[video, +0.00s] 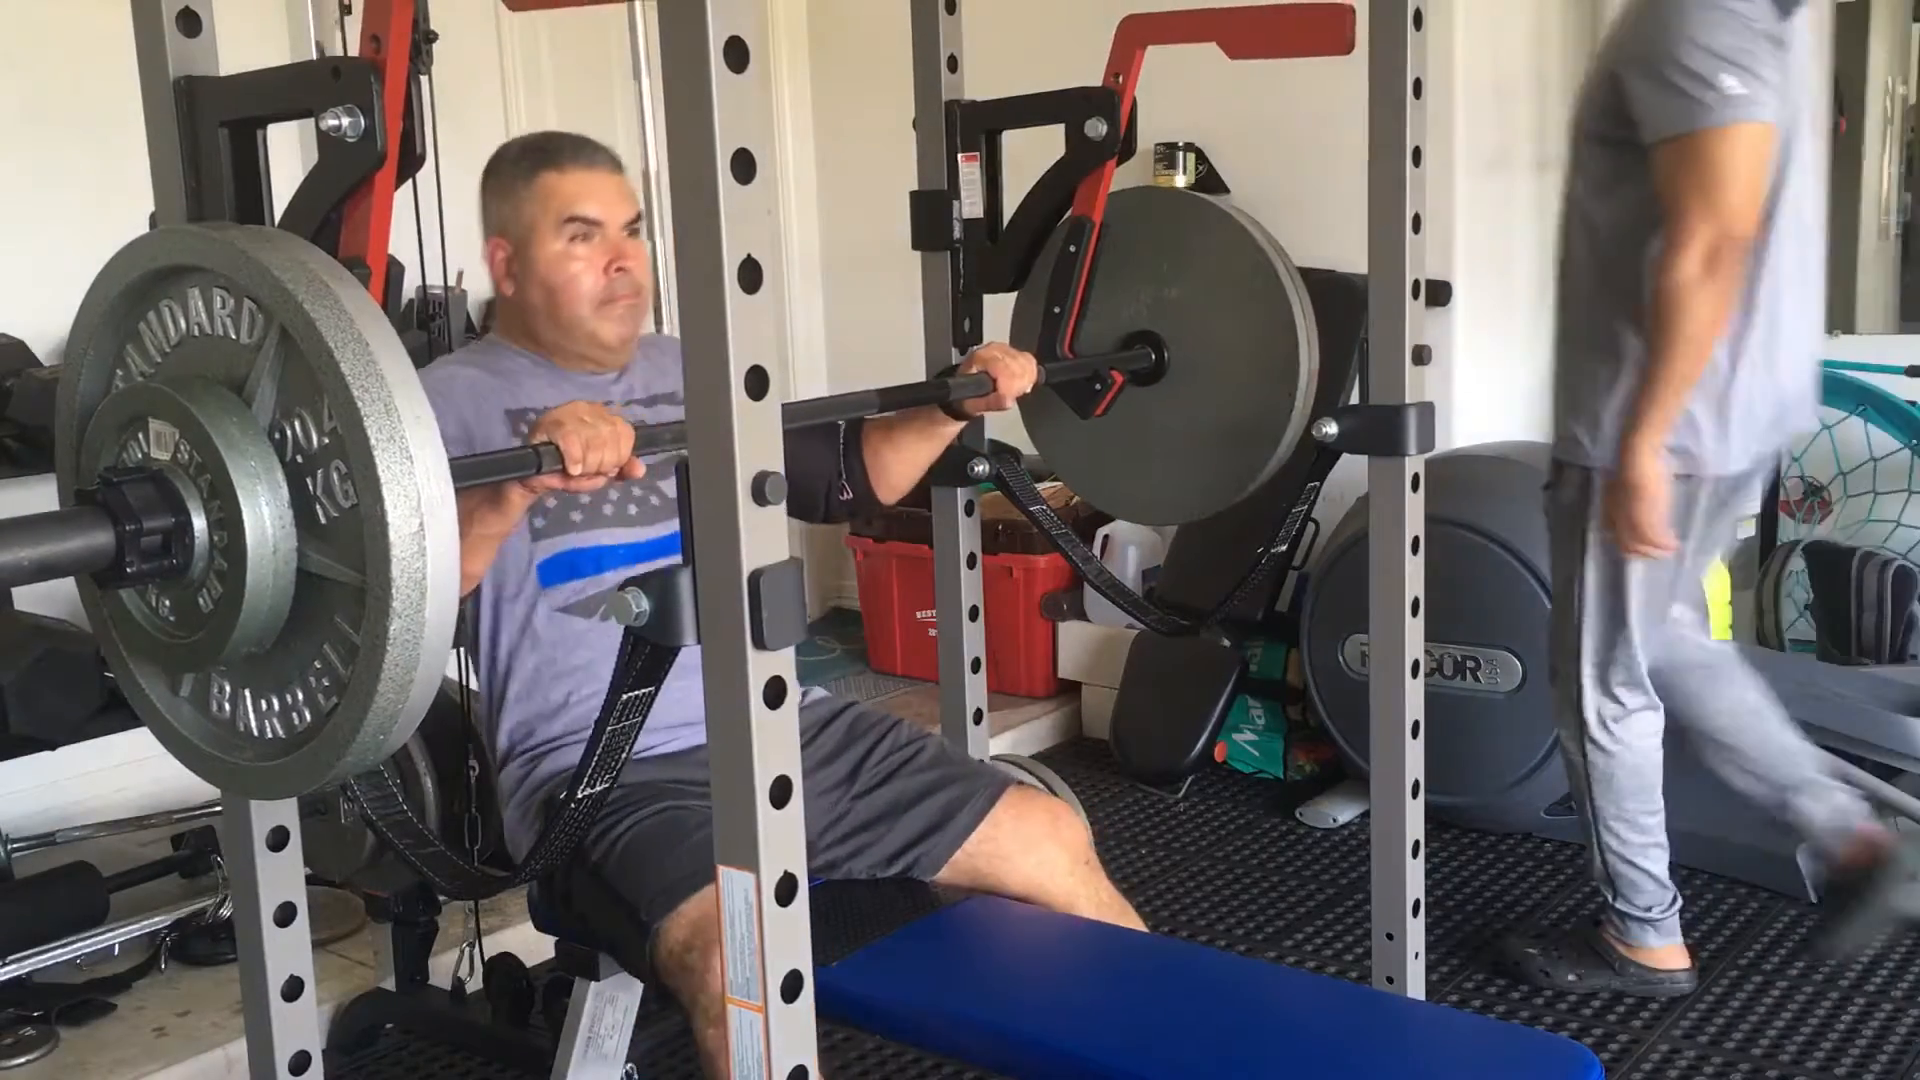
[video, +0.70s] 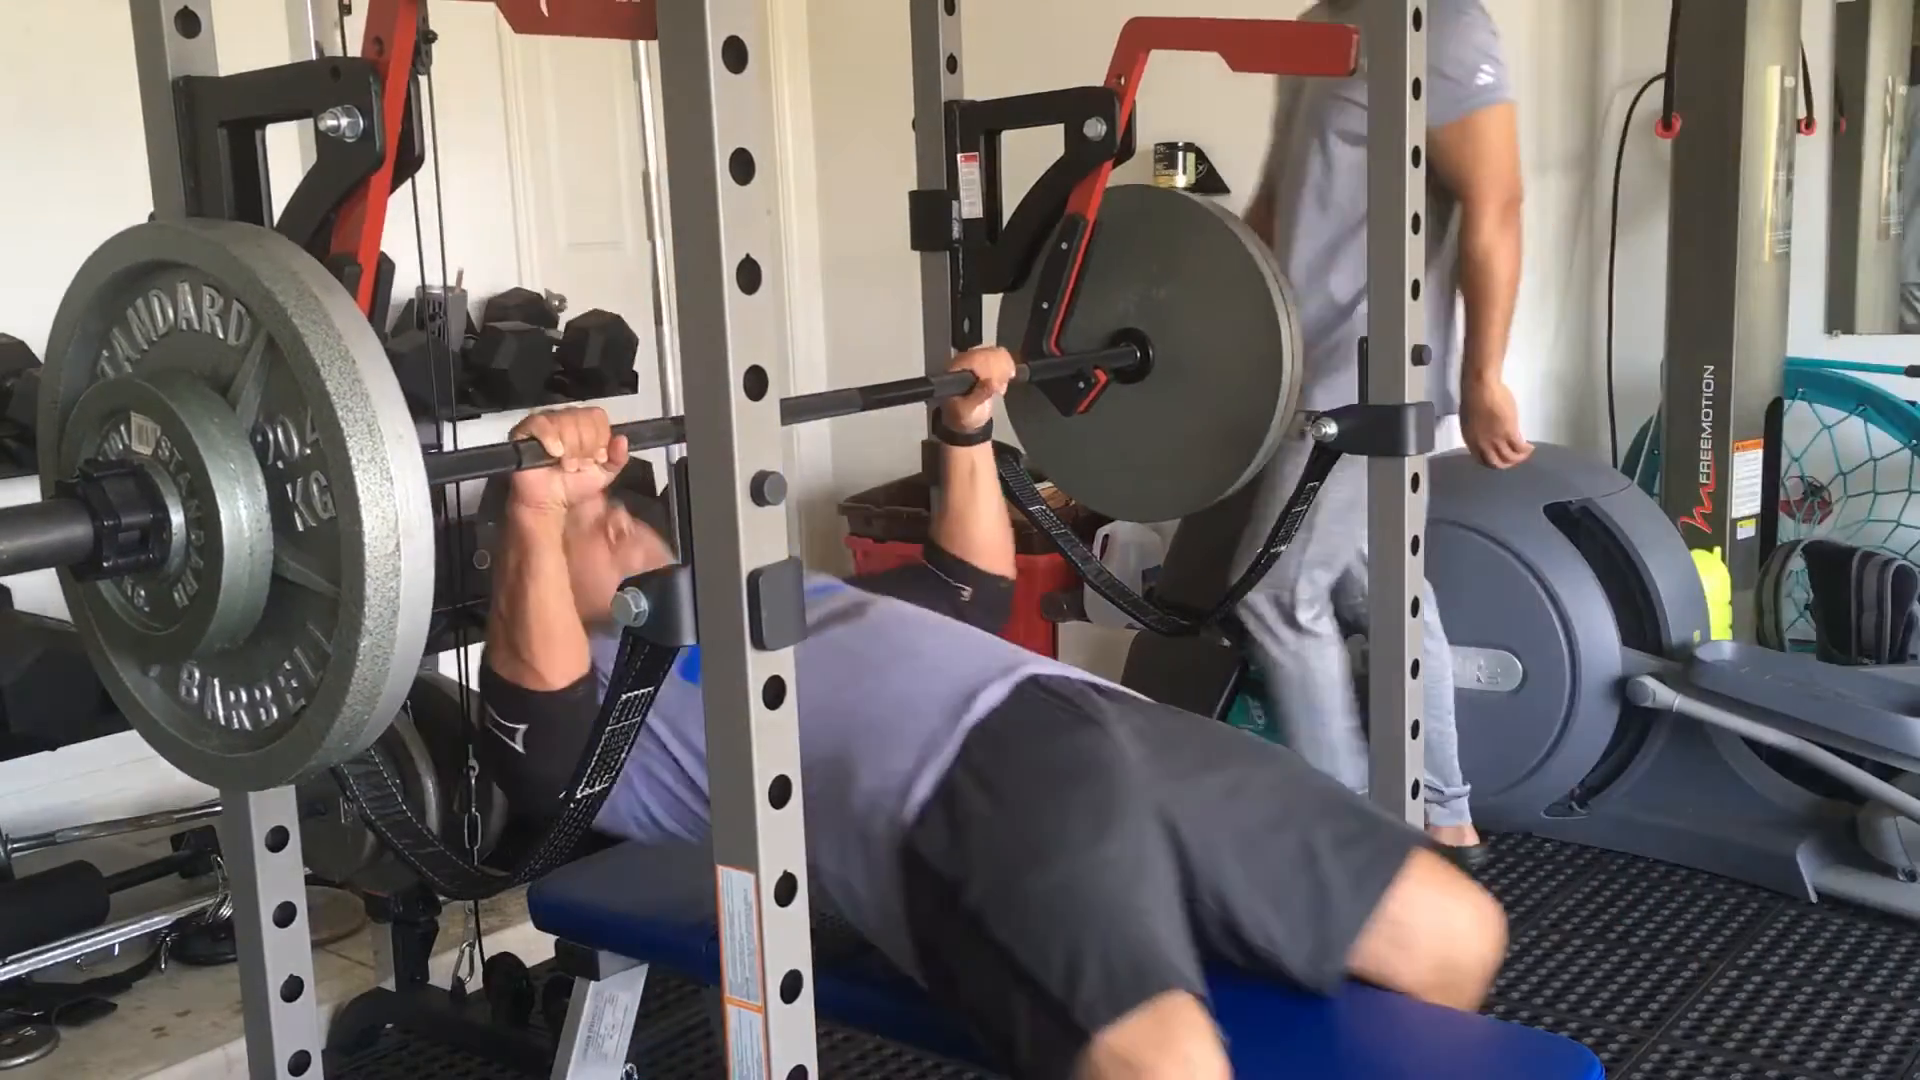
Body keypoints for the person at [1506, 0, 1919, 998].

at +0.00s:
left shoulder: (1696, 22)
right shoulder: (1757, 22)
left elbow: (1714, 237)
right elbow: (1743, 235)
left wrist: (1644, 438)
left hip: (1655, 428)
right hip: (1734, 424)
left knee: (1607, 683)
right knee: (1670, 637)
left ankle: (1643, 932)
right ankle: (1851, 839)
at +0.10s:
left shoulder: (1654, 15)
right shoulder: (1680, 19)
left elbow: (1659, 226)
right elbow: (1666, 228)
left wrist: (1557, 408)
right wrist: (1560, 397)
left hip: (1624, 417)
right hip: (1645, 408)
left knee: (1598, 675)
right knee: (1551, 594)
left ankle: (1644, 931)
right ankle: (1693, 810)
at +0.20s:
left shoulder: (1617, 16)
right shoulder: (1595, 17)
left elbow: (1617, 221)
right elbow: (1612, 225)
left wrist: (1492, 379)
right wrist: (1510, 392)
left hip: (1583, 409)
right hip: (1558, 404)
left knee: (1590, 665)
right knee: (1504, 600)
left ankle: (1647, 928)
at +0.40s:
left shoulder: (1531, 35)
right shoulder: (1475, 33)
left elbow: (1546, 240)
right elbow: (1454, 237)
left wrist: (1450, 408)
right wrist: (1375, 365)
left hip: (1504, 420)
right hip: (1466, 412)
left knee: (1518, 655)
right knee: (1437, 621)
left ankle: (1642, 910)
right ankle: (1442, 808)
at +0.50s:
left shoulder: (1491, 26)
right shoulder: (1425, 31)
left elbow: (1522, 232)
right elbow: (1382, 209)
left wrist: (1471, 416)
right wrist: (1330, 338)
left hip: (1467, 380)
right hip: (1425, 375)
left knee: (1419, 623)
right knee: (1406, 612)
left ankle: (1585, 839)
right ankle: (1444, 814)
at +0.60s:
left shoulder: (1468, 24)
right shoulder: (1363, 39)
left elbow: (1510, 215)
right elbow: (1320, 203)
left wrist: (1488, 390)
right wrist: (1260, 326)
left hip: (1414, 383)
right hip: (1357, 377)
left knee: (1324, 593)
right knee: (1411, 597)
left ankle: (1483, 802)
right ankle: (1416, 806)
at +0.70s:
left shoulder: (1442, 22)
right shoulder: (1319, 34)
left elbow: (1493, 202)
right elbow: (1274, 206)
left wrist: (1481, 376)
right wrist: (1202, 325)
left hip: (1374, 383)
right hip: (1321, 380)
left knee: (1274, 590)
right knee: (1389, 591)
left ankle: (1342, 825)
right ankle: (1441, 812)